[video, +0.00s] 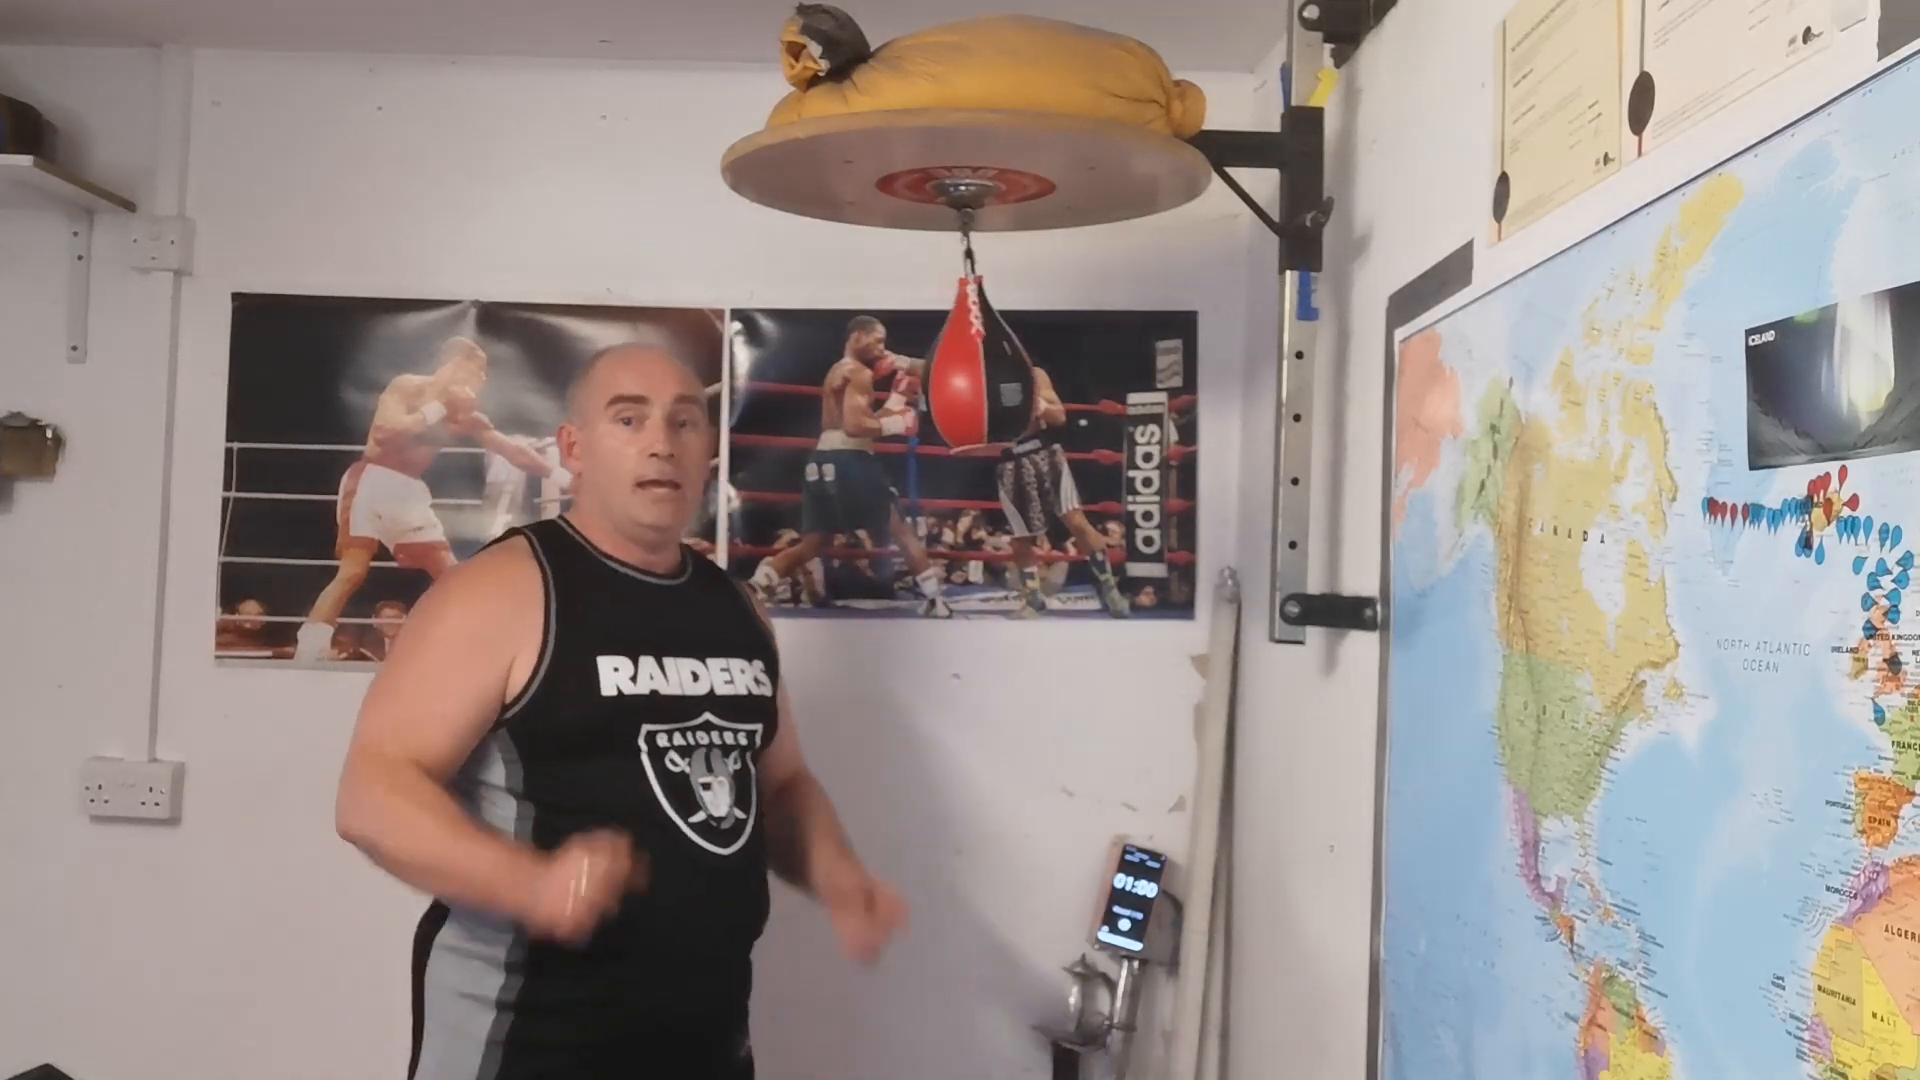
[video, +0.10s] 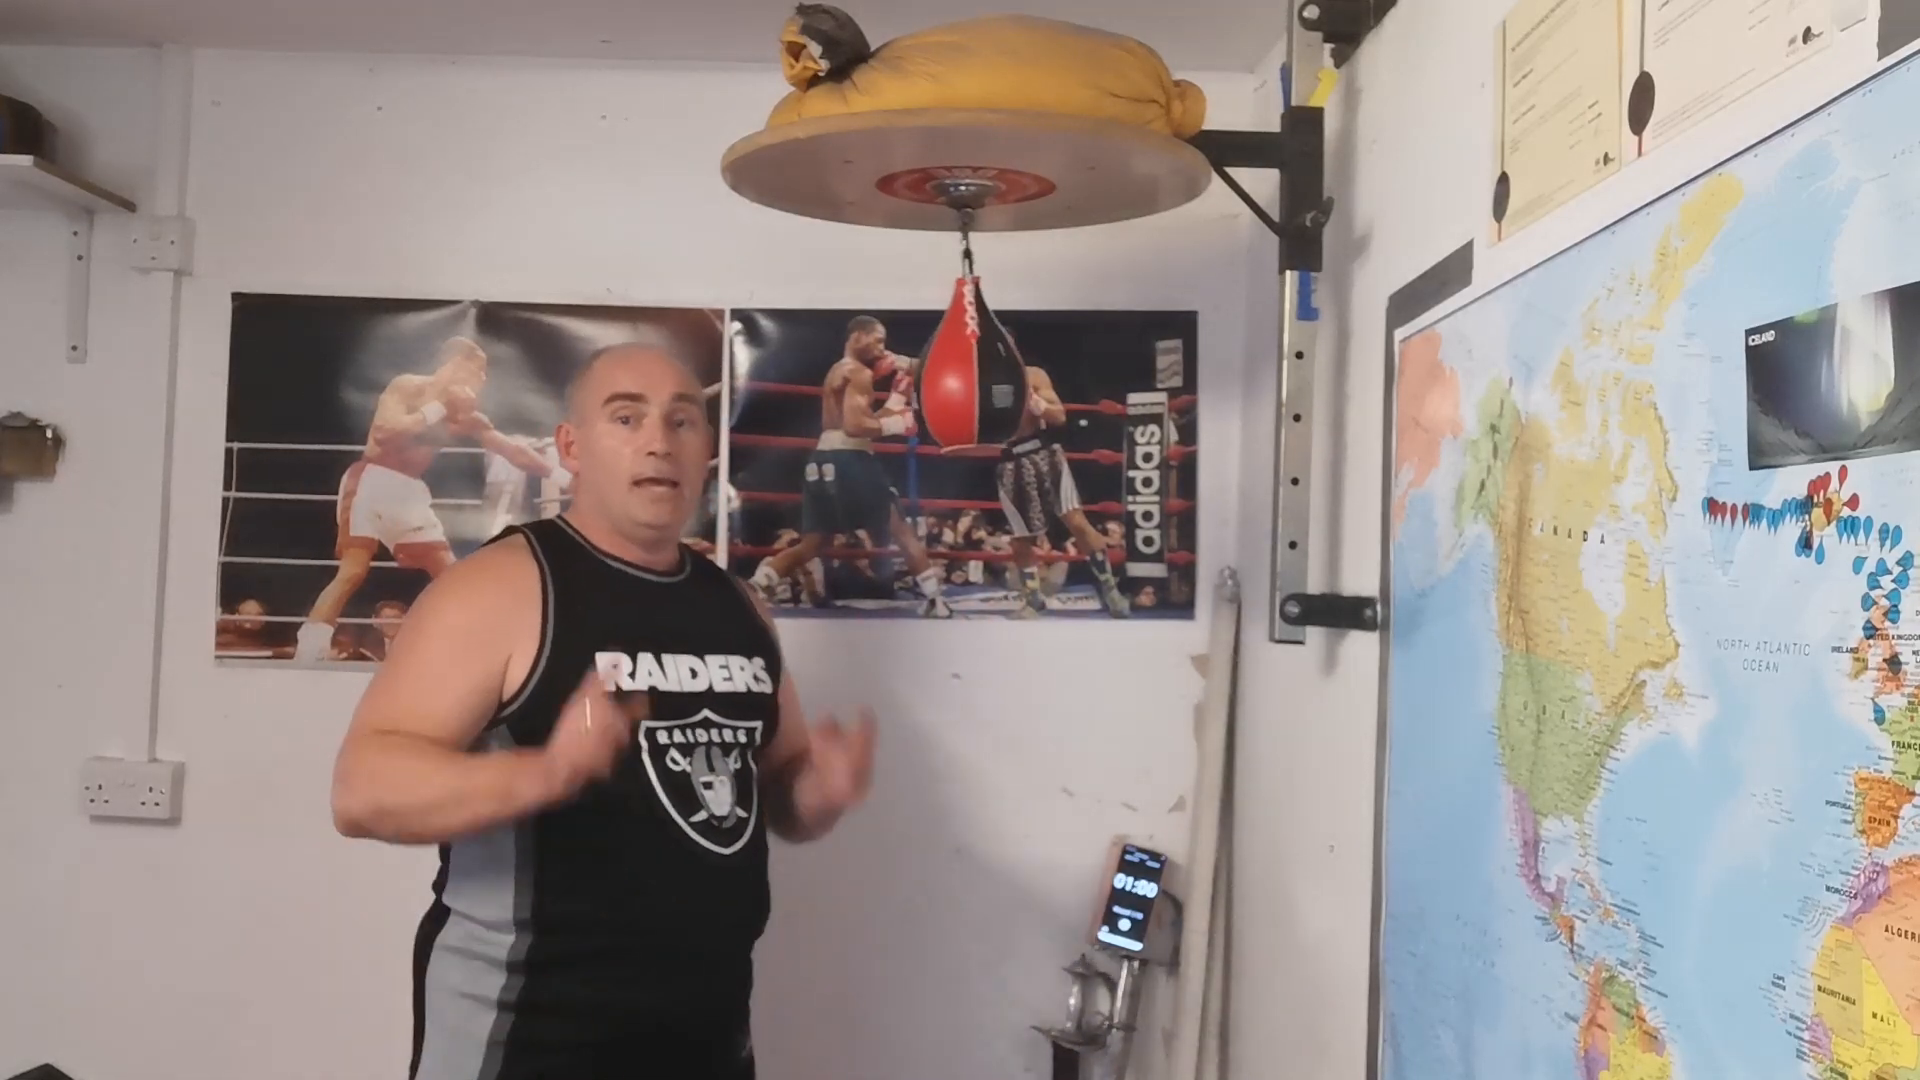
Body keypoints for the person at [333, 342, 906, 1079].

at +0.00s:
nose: (661, 444)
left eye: (684, 421)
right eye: (629, 418)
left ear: (710, 451)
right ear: (572, 449)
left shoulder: (728, 608)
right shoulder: (500, 591)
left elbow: (779, 786)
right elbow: (374, 793)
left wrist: (831, 868)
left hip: (700, 1029)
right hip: (527, 1034)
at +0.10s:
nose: (659, 442)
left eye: (682, 420)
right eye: (626, 417)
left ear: (707, 452)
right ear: (570, 449)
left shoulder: (728, 602)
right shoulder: (497, 587)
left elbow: (777, 789)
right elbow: (366, 787)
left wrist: (815, 794)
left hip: (700, 1015)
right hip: (526, 1019)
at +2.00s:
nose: (678, 447)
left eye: (701, 424)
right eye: (646, 420)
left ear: (725, 454)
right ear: (588, 445)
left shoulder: (749, 610)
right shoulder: (507, 588)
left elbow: (804, 777)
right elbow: (378, 786)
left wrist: (826, 831)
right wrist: (515, 870)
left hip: (703, 1020)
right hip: (526, 1024)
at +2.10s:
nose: (679, 446)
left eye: (702, 424)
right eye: (646, 419)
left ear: (726, 454)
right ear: (588, 445)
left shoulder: (750, 611)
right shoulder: (508, 588)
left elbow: (802, 790)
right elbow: (382, 786)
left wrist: (831, 898)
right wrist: (509, 931)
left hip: (706, 1024)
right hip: (534, 1028)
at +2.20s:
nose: (682, 447)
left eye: (706, 423)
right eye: (650, 418)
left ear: (731, 452)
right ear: (593, 443)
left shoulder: (750, 612)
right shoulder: (510, 589)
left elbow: (799, 804)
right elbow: (387, 795)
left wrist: (828, 962)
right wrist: (478, 1003)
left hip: (709, 1030)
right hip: (542, 1035)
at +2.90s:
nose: (690, 444)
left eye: (709, 421)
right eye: (655, 418)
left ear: (731, 450)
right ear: (594, 447)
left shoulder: (744, 610)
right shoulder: (518, 592)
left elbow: (795, 803)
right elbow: (396, 800)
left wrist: (841, 965)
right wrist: (516, 991)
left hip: (724, 1035)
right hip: (565, 1040)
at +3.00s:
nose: (685, 443)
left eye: (705, 421)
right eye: (650, 418)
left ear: (725, 450)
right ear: (590, 448)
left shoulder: (742, 609)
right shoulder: (513, 592)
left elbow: (793, 784)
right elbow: (389, 794)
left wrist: (840, 887)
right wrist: (544, 906)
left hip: (716, 1031)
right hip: (545, 1037)